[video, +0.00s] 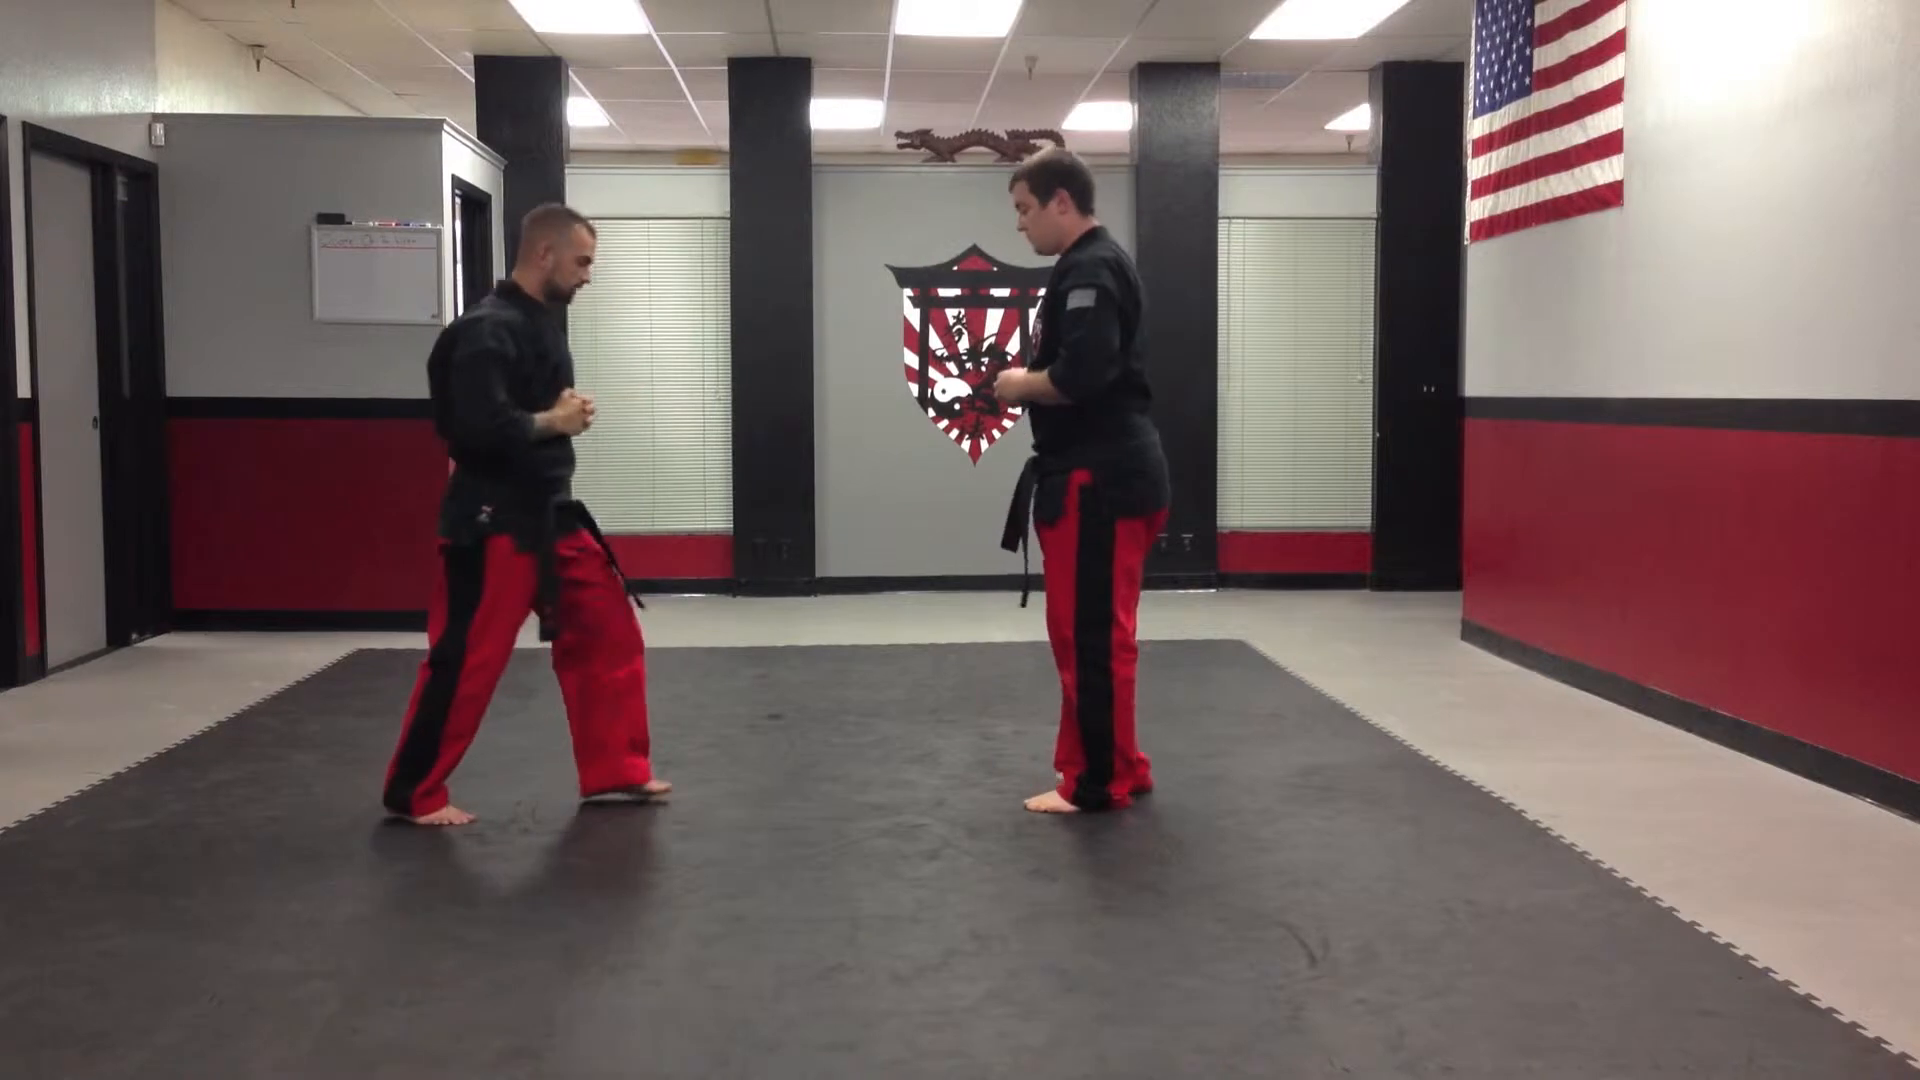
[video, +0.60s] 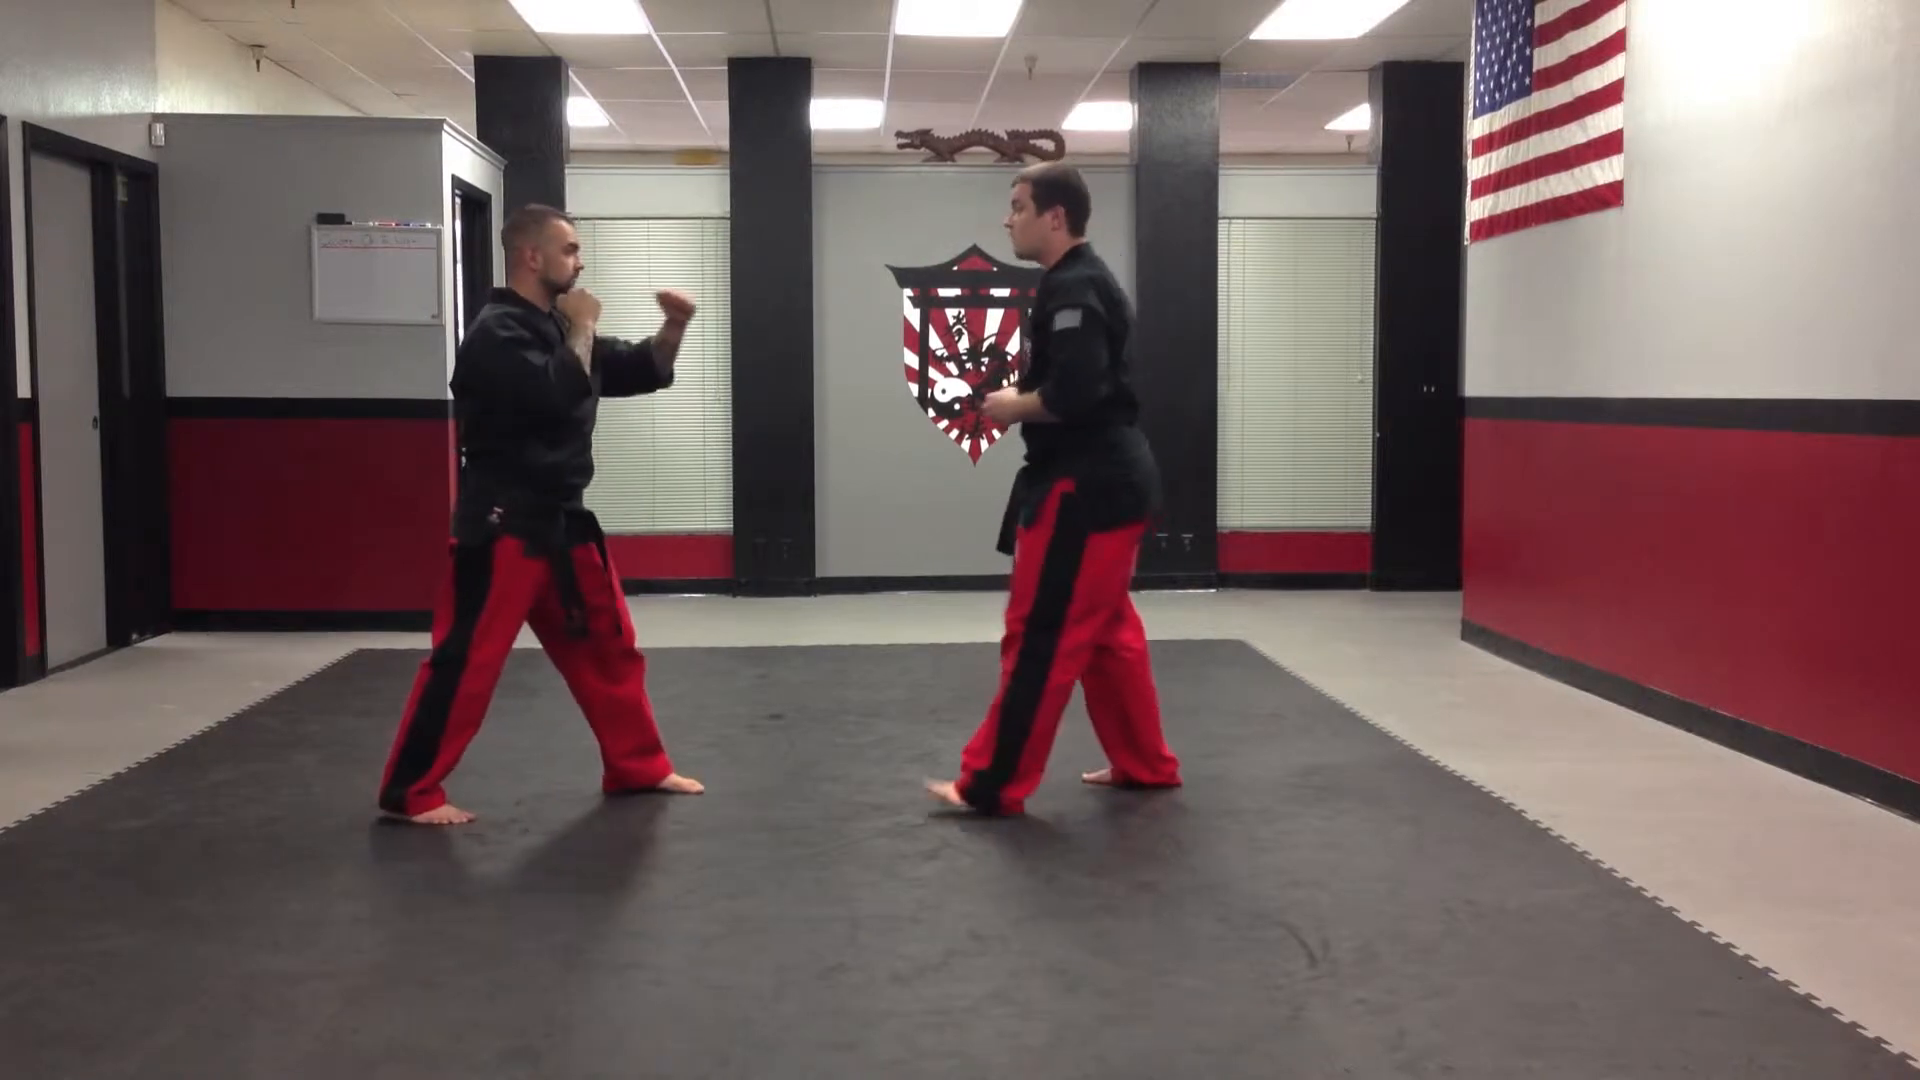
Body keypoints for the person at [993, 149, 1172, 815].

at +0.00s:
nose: (1020, 224)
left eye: (1024, 210)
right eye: (1017, 212)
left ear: (1060, 202)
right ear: (1062, 204)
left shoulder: (1088, 268)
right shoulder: (1090, 263)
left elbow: (1084, 376)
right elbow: (1077, 369)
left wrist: (1019, 386)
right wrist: (1021, 380)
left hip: (1101, 479)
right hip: (1100, 474)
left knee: (1087, 635)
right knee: (1096, 631)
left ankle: (1096, 784)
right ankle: (1117, 767)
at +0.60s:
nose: (1008, 221)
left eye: (1019, 210)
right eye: (1011, 209)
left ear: (1057, 218)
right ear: (1058, 219)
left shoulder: (1074, 287)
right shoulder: (1076, 279)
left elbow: (1077, 393)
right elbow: (1071, 383)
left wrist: (1015, 405)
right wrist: (1018, 396)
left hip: (1083, 486)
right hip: (1105, 479)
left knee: (1039, 635)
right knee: (1105, 627)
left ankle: (992, 783)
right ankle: (1144, 762)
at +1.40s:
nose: (1002, 236)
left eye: (1010, 224)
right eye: (1006, 224)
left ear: (1041, 231)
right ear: (1067, 234)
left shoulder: (1016, 304)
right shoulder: (1111, 307)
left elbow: (914, 368)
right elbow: (1094, 380)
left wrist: (841, 367)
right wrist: (1003, 389)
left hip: (1043, 506)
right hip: (1116, 502)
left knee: (972, 639)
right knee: (1126, 638)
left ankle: (984, 792)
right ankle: (1176, 764)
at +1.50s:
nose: (1019, 239)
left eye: (1025, 227)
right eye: (1021, 226)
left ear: (1057, 233)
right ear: (1083, 237)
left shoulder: (1027, 300)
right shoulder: (1127, 309)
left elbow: (928, 341)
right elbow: (1106, 393)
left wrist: (842, 333)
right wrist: (1011, 397)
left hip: (1051, 503)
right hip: (1126, 500)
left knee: (982, 638)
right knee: (1141, 632)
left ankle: (983, 793)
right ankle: (1213, 761)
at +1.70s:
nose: (1055, 243)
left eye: (1062, 231)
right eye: (1057, 231)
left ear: (1093, 234)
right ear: (1120, 236)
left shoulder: (1069, 296)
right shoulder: (1180, 304)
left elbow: (977, 329)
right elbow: (1195, 406)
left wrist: (957, 263)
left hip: (1096, 504)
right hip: (1177, 502)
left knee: (1026, 644)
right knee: (1190, 639)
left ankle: (1003, 788)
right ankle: (1231, 776)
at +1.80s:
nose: (1066, 252)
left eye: (1072, 239)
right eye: (1067, 240)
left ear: (1103, 240)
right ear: (1131, 242)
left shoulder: (1086, 307)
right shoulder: (1195, 309)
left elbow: (1022, 376)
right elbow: (1229, 403)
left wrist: (986, 315)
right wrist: (1162, 410)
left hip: (1103, 509)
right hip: (1187, 508)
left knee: (1037, 638)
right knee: (1195, 642)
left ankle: (1038, 779)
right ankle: (1232, 775)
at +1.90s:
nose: (1068, 258)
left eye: (1073, 245)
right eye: (1068, 245)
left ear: (1105, 245)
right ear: (1132, 248)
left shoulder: (1095, 314)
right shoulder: (1199, 312)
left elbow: (1062, 401)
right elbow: (1239, 405)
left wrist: (1007, 369)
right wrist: (1171, 386)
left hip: (1106, 512)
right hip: (1189, 512)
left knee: (1044, 636)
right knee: (1195, 643)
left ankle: (1036, 774)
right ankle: (1232, 776)